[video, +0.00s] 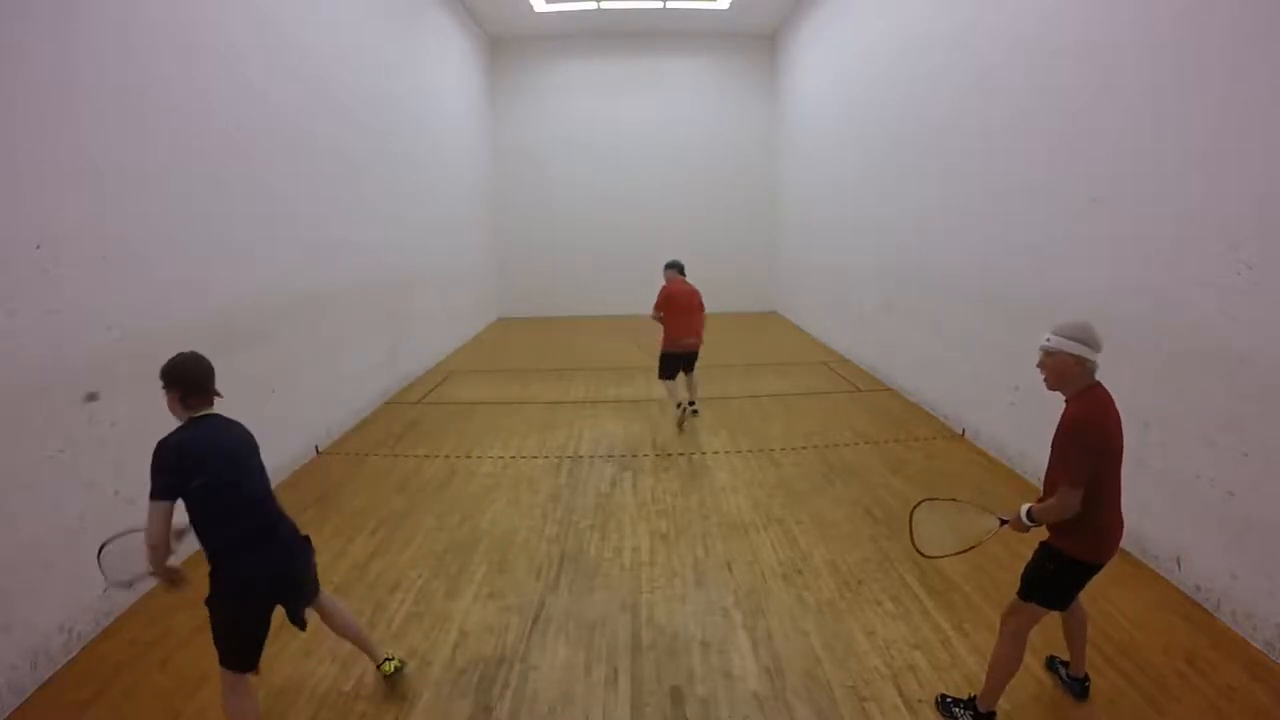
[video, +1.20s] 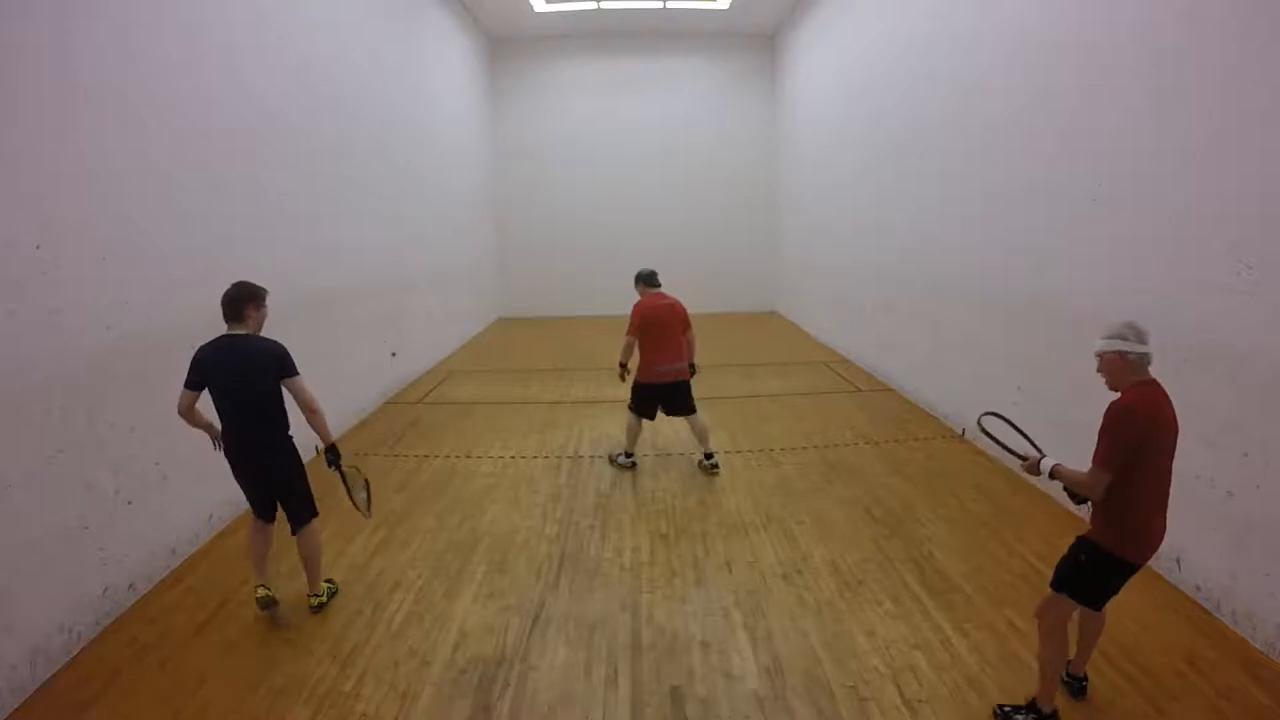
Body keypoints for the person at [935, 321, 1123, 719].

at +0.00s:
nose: (1039, 366)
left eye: (1047, 359)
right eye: (1041, 358)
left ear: (1075, 364)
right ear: (1076, 365)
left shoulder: (1081, 418)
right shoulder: (1096, 402)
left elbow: (1070, 501)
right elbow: (1084, 480)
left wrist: (1027, 516)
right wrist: (1044, 507)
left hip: (1074, 543)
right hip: (1096, 535)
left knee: (1015, 621)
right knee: (1068, 597)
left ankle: (983, 707)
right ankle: (1077, 675)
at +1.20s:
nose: (1098, 367)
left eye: (1103, 358)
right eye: (1098, 358)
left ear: (1126, 359)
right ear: (1134, 361)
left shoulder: (1125, 410)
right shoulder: (1158, 402)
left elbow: (1093, 485)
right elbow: (1139, 475)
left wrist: (1048, 467)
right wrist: (1091, 493)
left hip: (1115, 536)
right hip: (1143, 536)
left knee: (1052, 612)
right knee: (1093, 601)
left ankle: (1043, 706)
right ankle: (1077, 673)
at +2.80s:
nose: (1059, 373)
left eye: (1061, 366)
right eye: (1061, 366)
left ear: (1070, 373)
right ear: (1104, 373)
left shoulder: (1068, 425)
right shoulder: (1128, 418)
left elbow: (1050, 514)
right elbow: (1136, 495)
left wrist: (1047, 526)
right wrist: (1067, 519)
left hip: (1084, 563)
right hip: (1128, 559)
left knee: (1022, 640)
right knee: (1091, 622)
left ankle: (998, 715)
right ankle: (1083, 696)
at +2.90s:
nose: (1059, 373)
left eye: (1061, 367)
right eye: (1061, 366)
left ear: (1070, 374)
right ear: (1103, 374)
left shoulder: (1067, 425)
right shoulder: (1128, 418)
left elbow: (1048, 511)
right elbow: (1146, 499)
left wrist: (1054, 527)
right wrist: (1088, 511)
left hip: (1083, 562)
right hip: (1128, 560)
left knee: (1022, 641)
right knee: (1090, 622)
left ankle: (998, 715)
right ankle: (1083, 696)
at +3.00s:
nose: (1061, 376)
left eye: (1062, 369)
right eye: (1062, 368)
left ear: (1069, 374)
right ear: (1105, 375)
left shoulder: (1064, 425)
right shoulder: (1128, 420)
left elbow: (1046, 508)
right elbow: (1152, 500)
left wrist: (1058, 526)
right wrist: (1102, 511)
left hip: (1081, 562)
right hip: (1128, 559)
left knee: (1020, 639)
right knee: (1089, 619)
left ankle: (998, 714)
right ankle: (1085, 695)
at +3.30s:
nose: (1098, 385)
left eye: (1100, 380)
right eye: (1101, 380)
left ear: (1104, 384)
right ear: (1141, 391)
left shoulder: (1084, 423)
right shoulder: (1158, 442)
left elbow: (1039, 482)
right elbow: (1179, 516)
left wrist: (1033, 516)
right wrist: (1186, 570)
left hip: (1084, 559)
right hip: (1134, 564)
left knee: (1024, 643)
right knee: (1114, 600)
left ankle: (998, 714)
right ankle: (1104, 663)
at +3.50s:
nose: (1140, 385)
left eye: (1142, 380)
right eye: (1146, 381)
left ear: (1144, 381)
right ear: (1177, 388)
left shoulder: (1129, 413)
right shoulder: (1186, 430)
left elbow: (1098, 463)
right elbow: (1192, 485)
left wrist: (1066, 496)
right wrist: (1193, 513)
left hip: (1115, 537)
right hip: (1159, 545)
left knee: (1057, 619)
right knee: (1122, 584)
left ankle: (1001, 705)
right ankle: (1105, 660)